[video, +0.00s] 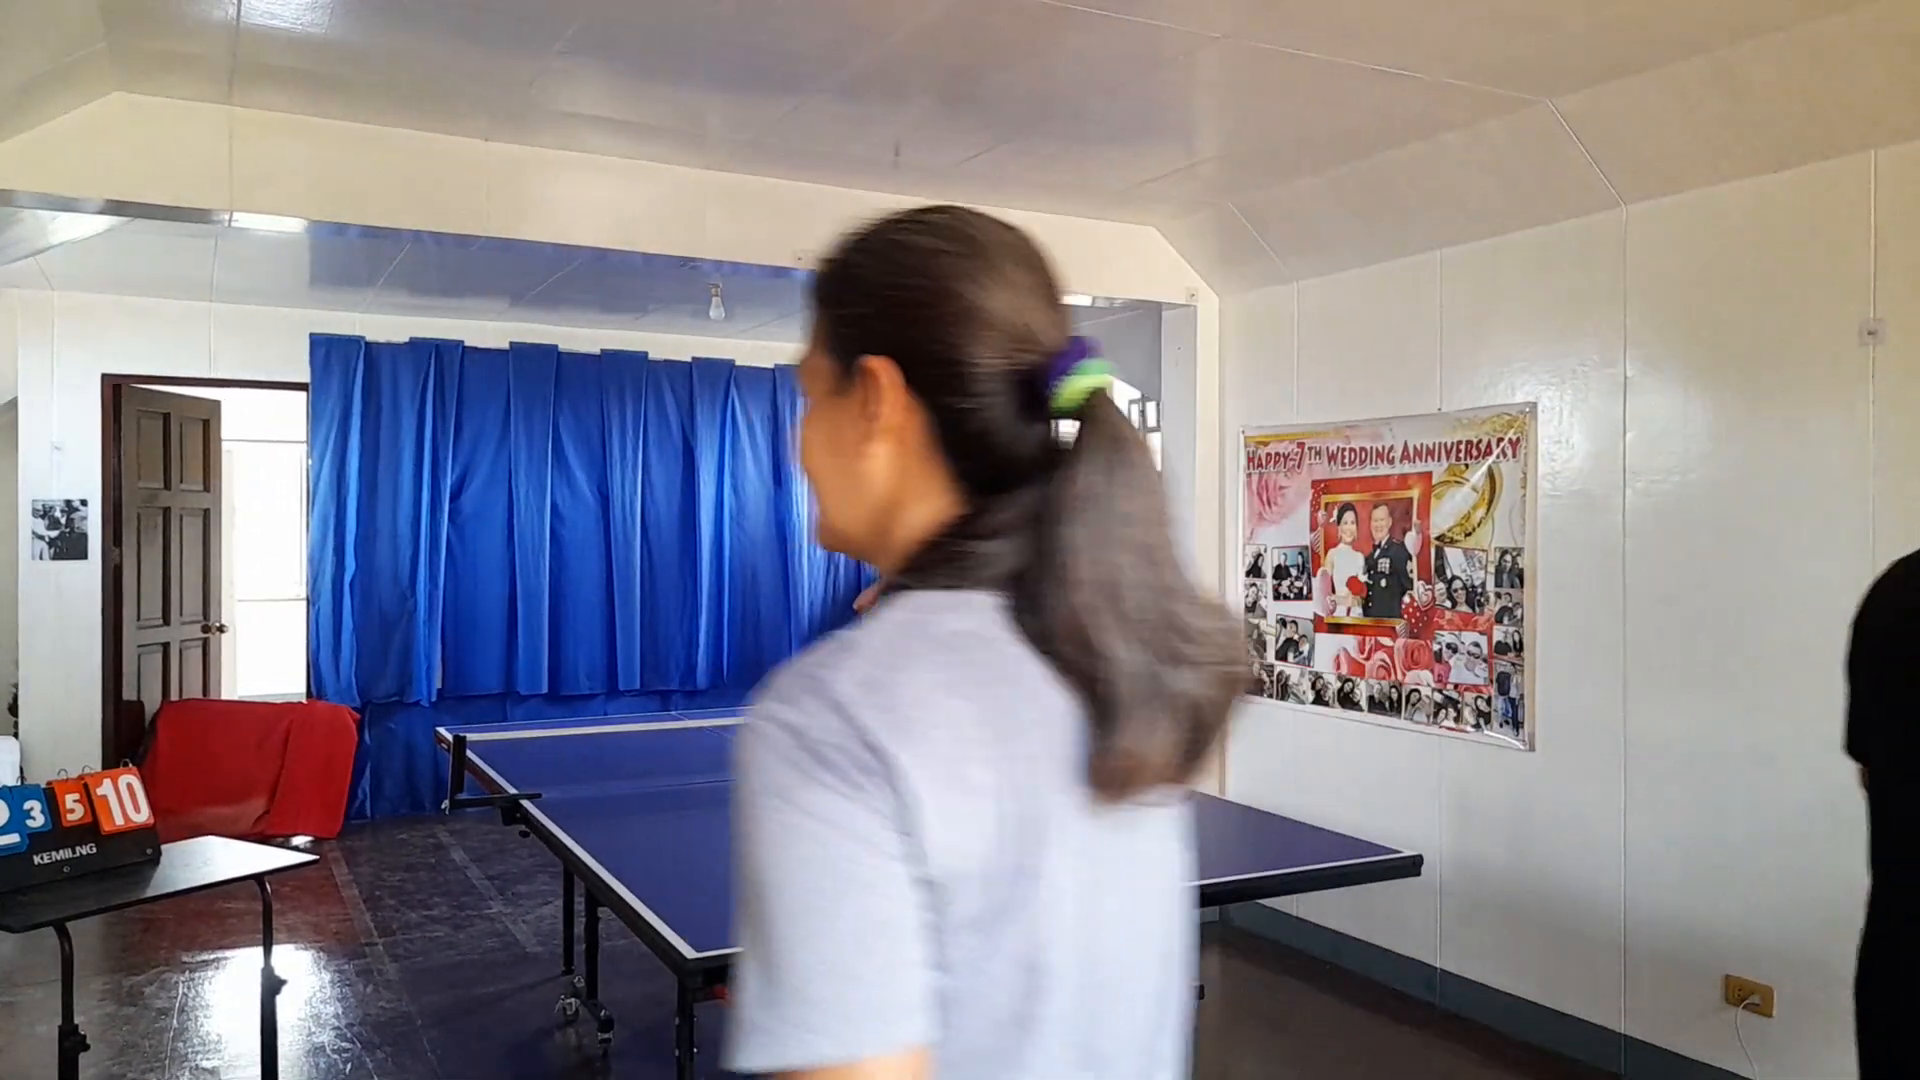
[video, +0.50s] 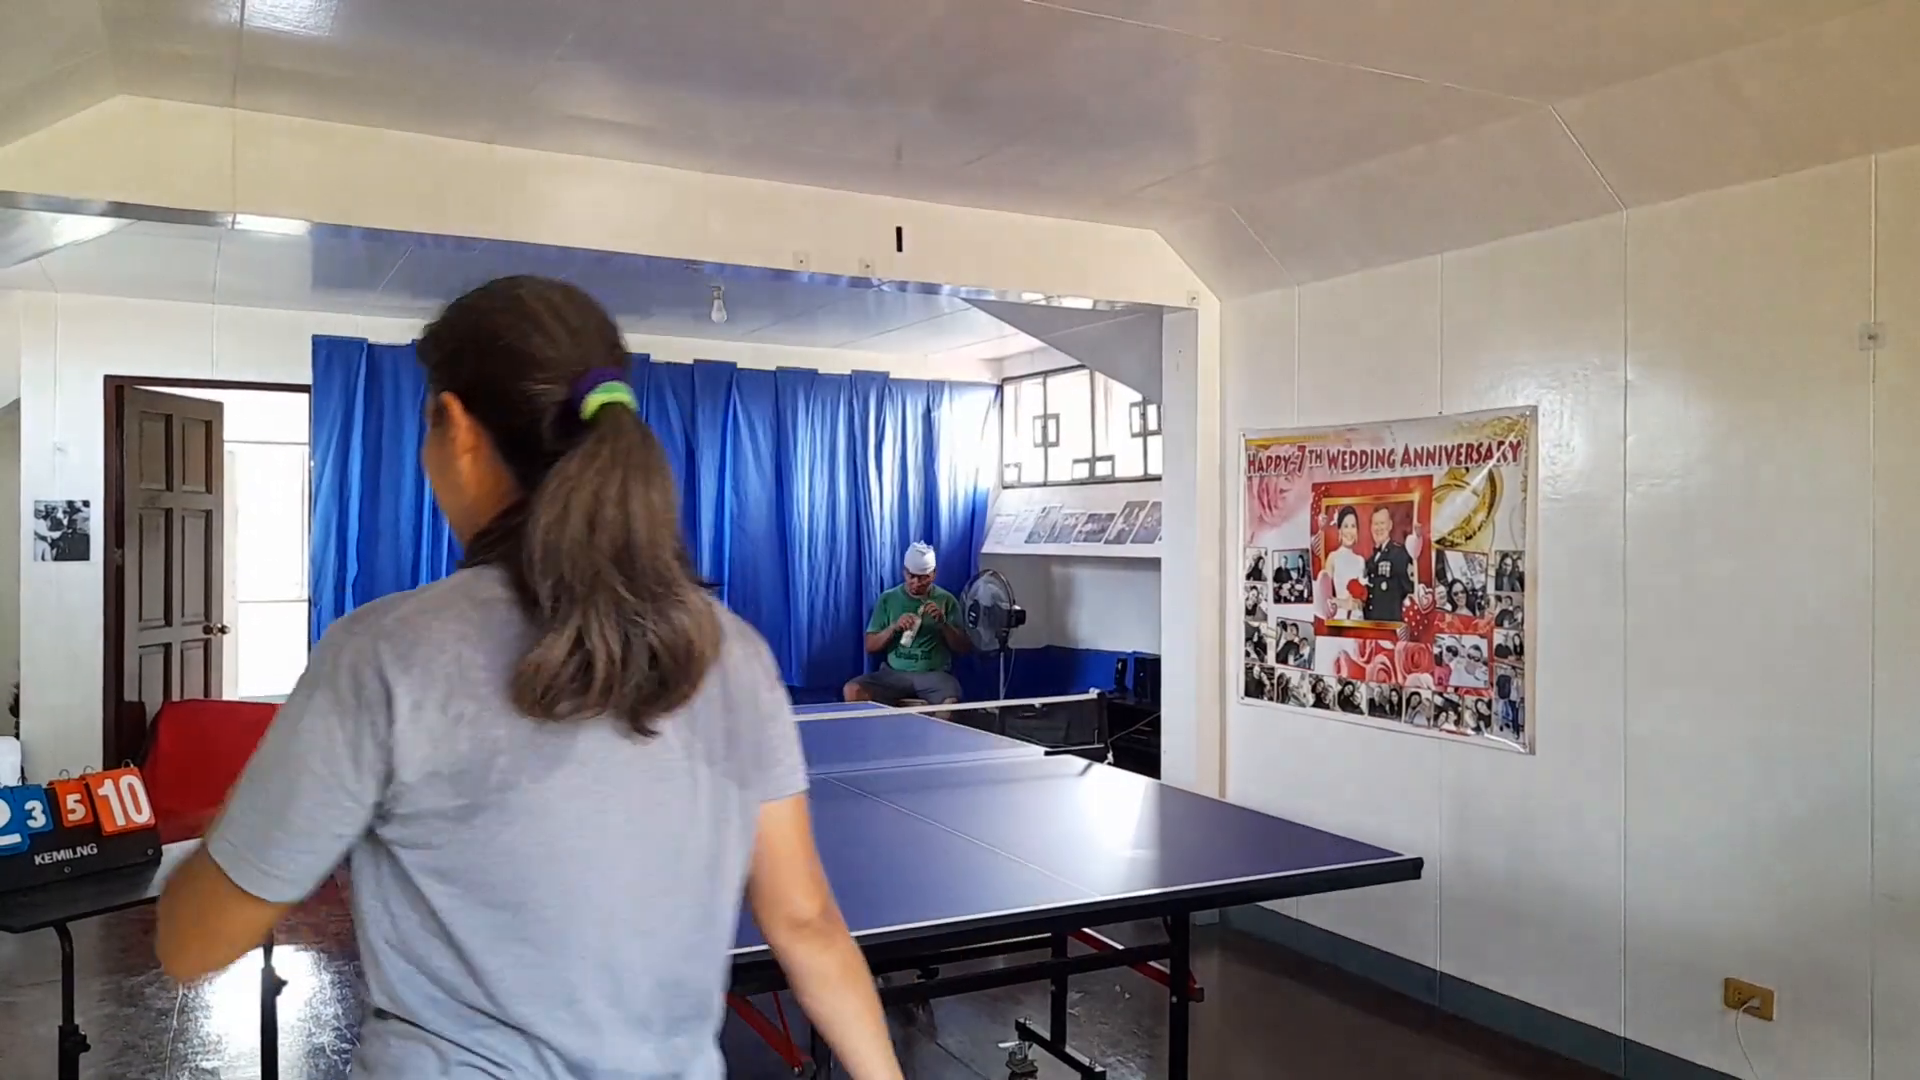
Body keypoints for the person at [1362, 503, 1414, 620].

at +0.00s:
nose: (1378, 525)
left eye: (1382, 520)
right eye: (1375, 521)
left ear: (1390, 522)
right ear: (1370, 524)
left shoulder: (1398, 549)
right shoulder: (1370, 556)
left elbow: (1405, 584)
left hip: (1391, 614)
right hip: (1371, 615)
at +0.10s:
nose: (1378, 527)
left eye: (1382, 522)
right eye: (1375, 522)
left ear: (1390, 523)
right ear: (1370, 525)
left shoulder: (1399, 551)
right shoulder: (1369, 559)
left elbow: (1407, 586)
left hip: (1393, 617)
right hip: (1371, 617)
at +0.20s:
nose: (1379, 528)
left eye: (1383, 524)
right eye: (1375, 524)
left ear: (1391, 526)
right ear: (1371, 527)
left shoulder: (1400, 554)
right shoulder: (1369, 561)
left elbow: (1407, 589)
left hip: (1393, 619)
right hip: (1372, 619)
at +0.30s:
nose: (1378, 525)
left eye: (1382, 520)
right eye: (1374, 521)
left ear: (1390, 522)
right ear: (1370, 524)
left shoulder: (1398, 550)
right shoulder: (1368, 558)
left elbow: (1405, 585)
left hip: (1391, 615)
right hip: (1370, 615)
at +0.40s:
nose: (1378, 526)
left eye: (1382, 522)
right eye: (1375, 522)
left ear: (1390, 524)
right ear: (1370, 525)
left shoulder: (1399, 551)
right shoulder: (1369, 559)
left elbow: (1405, 586)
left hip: (1392, 617)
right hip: (1371, 617)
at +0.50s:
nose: (1379, 528)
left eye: (1382, 523)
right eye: (1375, 524)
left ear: (1390, 525)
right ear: (1370, 527)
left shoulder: (1399, 552)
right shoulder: (1370, 560)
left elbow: (1405, 587)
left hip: (1392, 617)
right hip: (1371, 618)